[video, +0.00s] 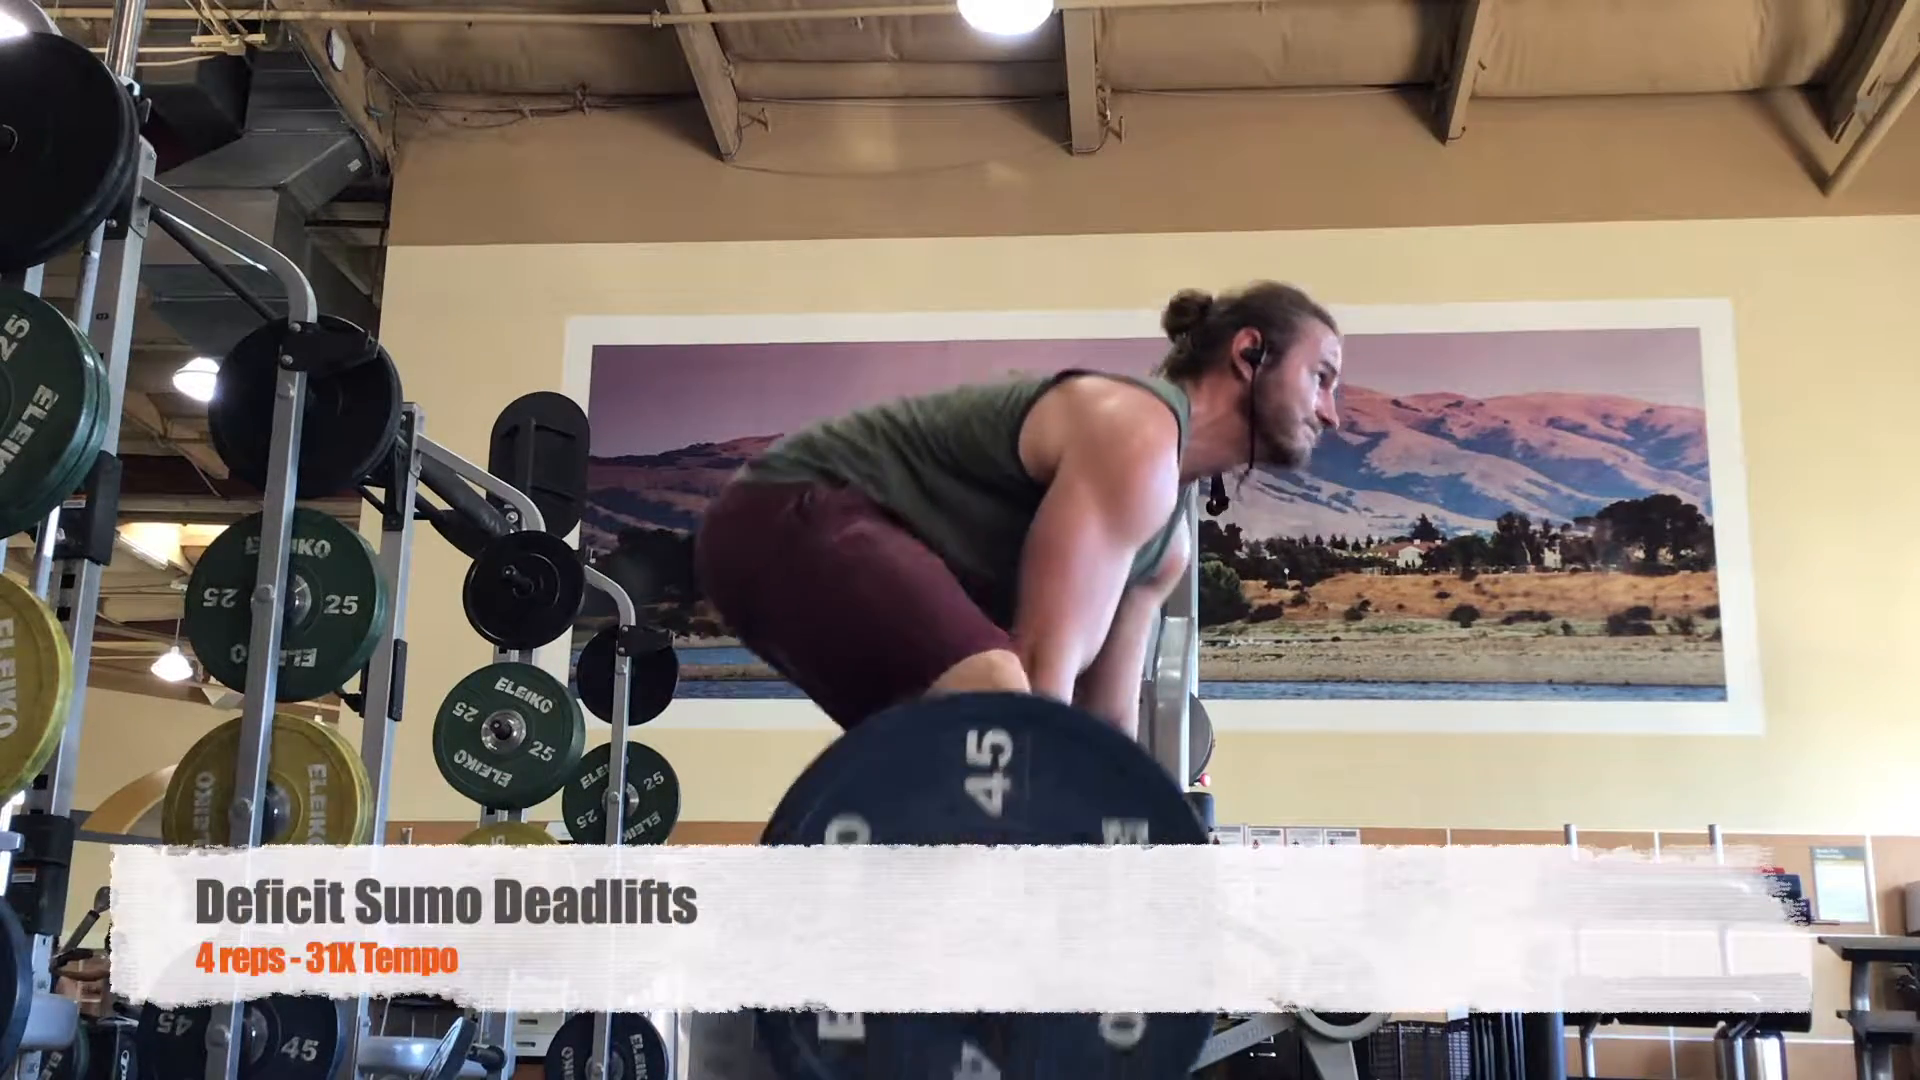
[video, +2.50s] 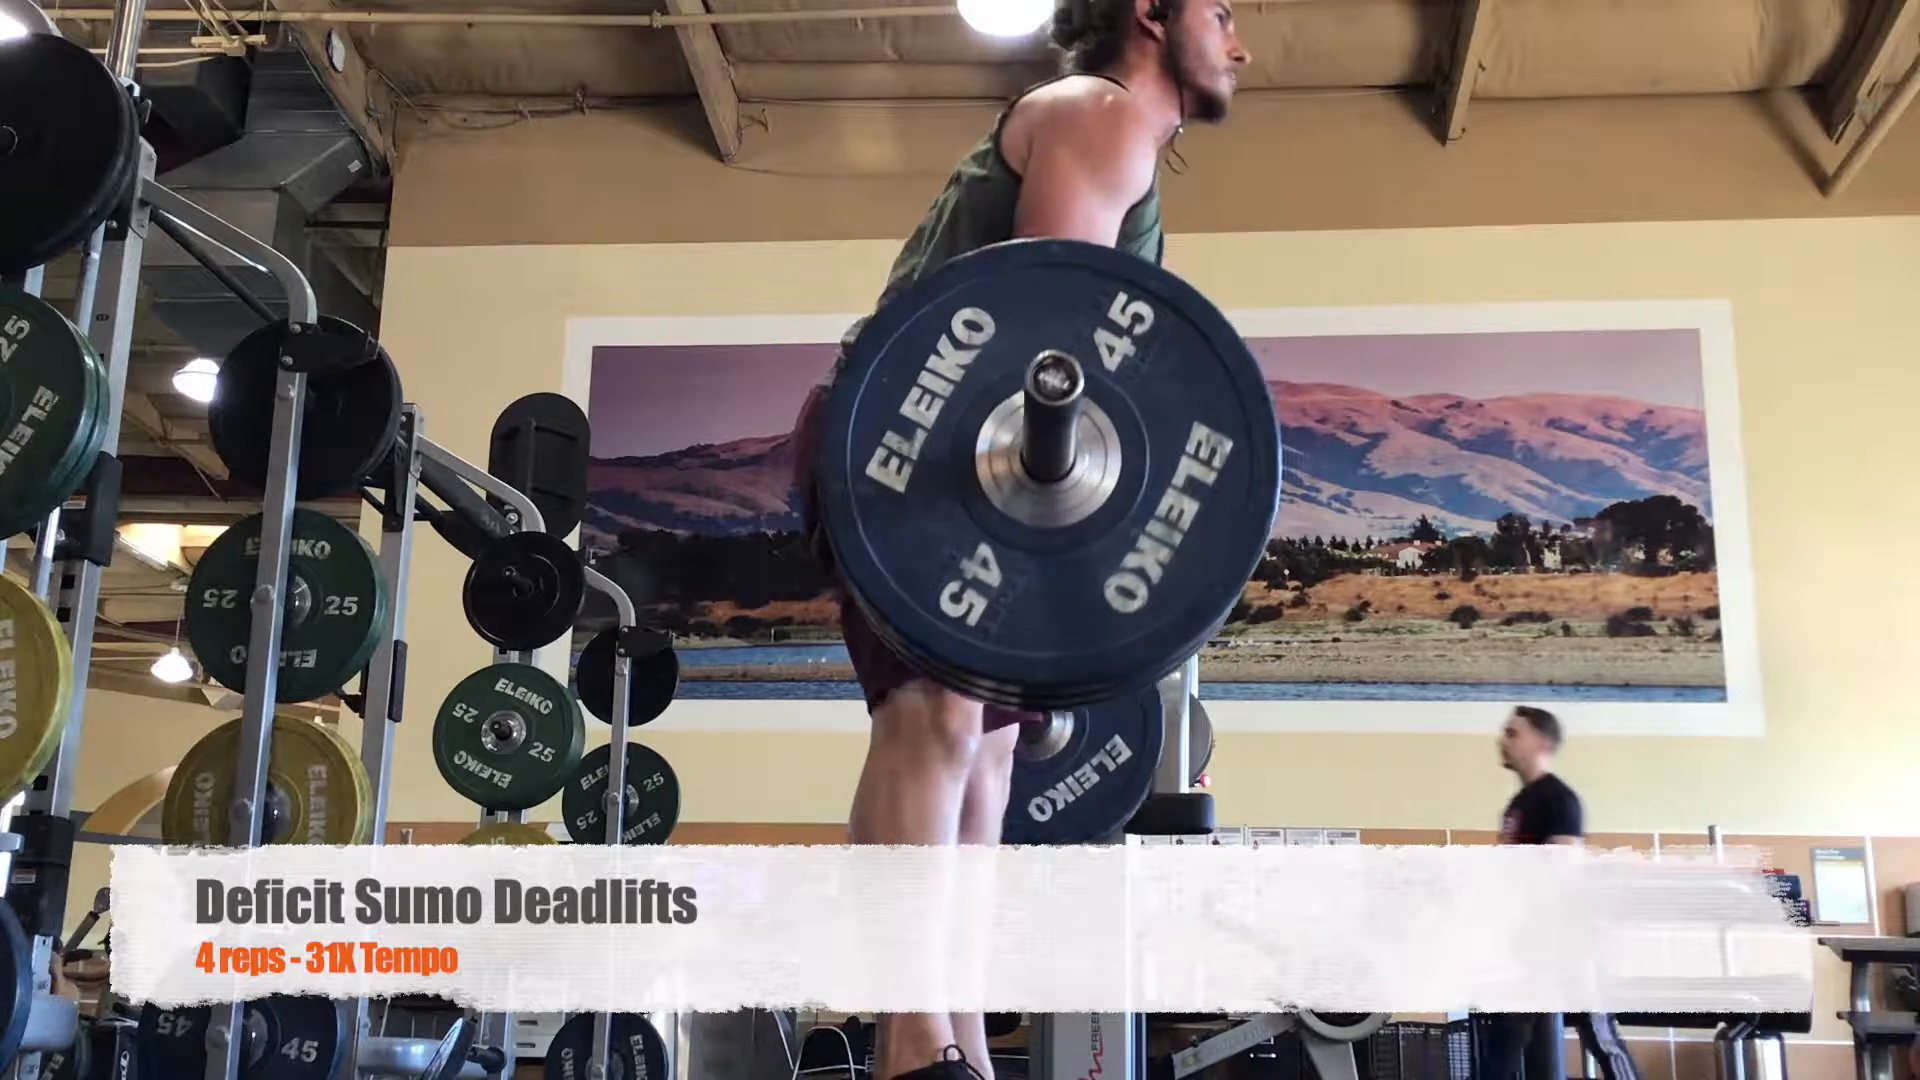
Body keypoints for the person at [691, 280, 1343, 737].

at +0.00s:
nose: (1334, 411)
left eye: (1338, 388)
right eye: (1322, 377)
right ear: (1248, 357)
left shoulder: (1166, 541)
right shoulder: (1131, 438)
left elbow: (1109, 713)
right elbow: (1041, 672)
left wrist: (1127, 862)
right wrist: (1066, 859)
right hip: (791, 512)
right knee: (994, 686)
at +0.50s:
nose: (1248, 96)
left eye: (1245, 76)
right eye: (1230, 68)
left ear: (1160, 71)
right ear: (1159, 66)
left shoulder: (1121, 195)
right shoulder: (1098, 151)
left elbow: (1078, 383)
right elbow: (1031, 342)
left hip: (907, 430)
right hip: (855, 417)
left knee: (963, 725)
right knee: (925, 718)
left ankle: (951, 1030)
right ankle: (914, 1038)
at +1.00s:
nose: (994, 4)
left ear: (901, 11)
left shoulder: (931, 87)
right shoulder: (895, 70)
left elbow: (975, 278)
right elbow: (956, 271)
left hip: (969, 428)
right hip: (916, 423)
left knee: (997, 722)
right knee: (959, 711)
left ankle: (957, 1034)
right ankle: (912, 1045)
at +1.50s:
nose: (1013, 2)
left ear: (909, 10)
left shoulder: (932, 81)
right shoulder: (915, 69)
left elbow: (982, 283)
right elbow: (973, 277)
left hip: (965, 427)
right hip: (918, 422)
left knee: (994, 727)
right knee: (967, 711)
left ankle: (956, 1039)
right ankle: (913, 1050)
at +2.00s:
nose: (1148, 6)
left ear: (1058, 14)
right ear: (1061, 1)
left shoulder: (1053, 96)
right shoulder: (1031, 75)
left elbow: (1035, 328)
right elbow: (1030, 312)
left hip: (981, 443)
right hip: (926, 430)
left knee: (996, 718)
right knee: (961, 704)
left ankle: (953, 1035)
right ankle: (914, 1047)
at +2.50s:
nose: (1235, 33)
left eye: (1229, 15)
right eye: (1215, 12)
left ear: (1159, 28)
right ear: (1153, 19)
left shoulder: (1123, 148)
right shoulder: (1097, 115)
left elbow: (1075, 357)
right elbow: (1058, 335)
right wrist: (1075, 563)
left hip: (956, 440)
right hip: (886, 426)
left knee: (992, 724)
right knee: (931, 713)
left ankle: (958, 1032)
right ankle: (908, 1043)